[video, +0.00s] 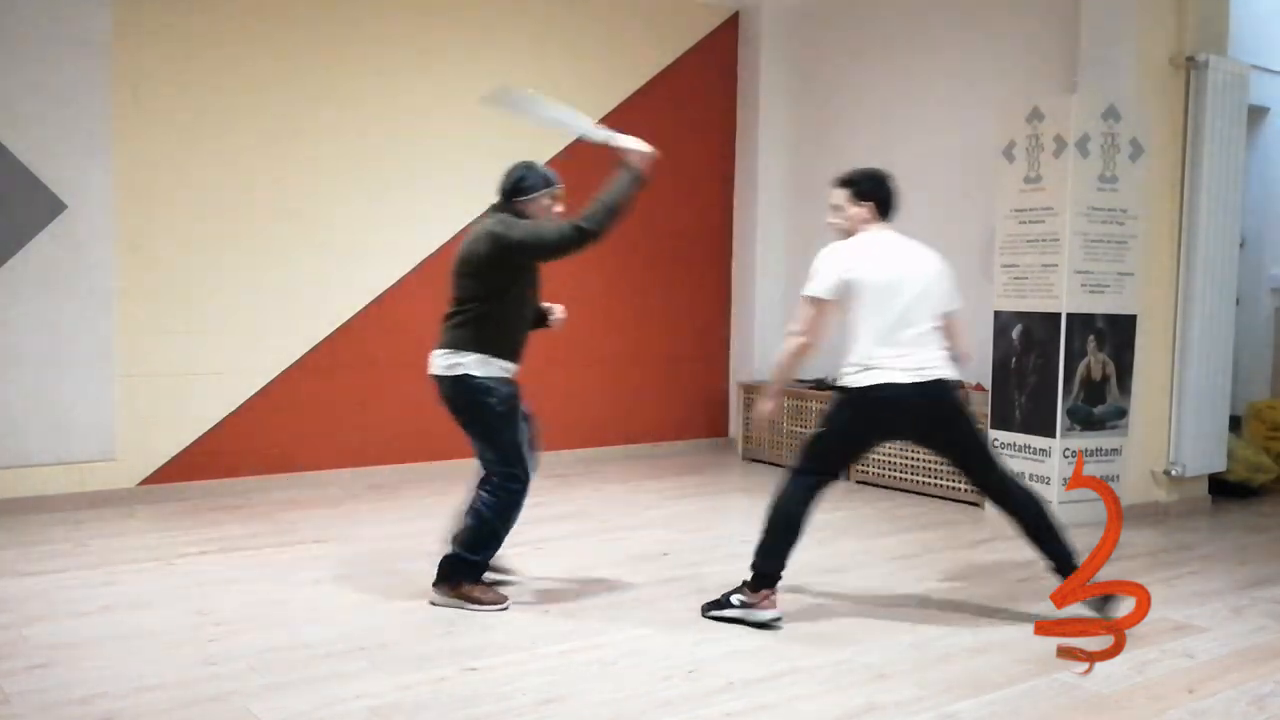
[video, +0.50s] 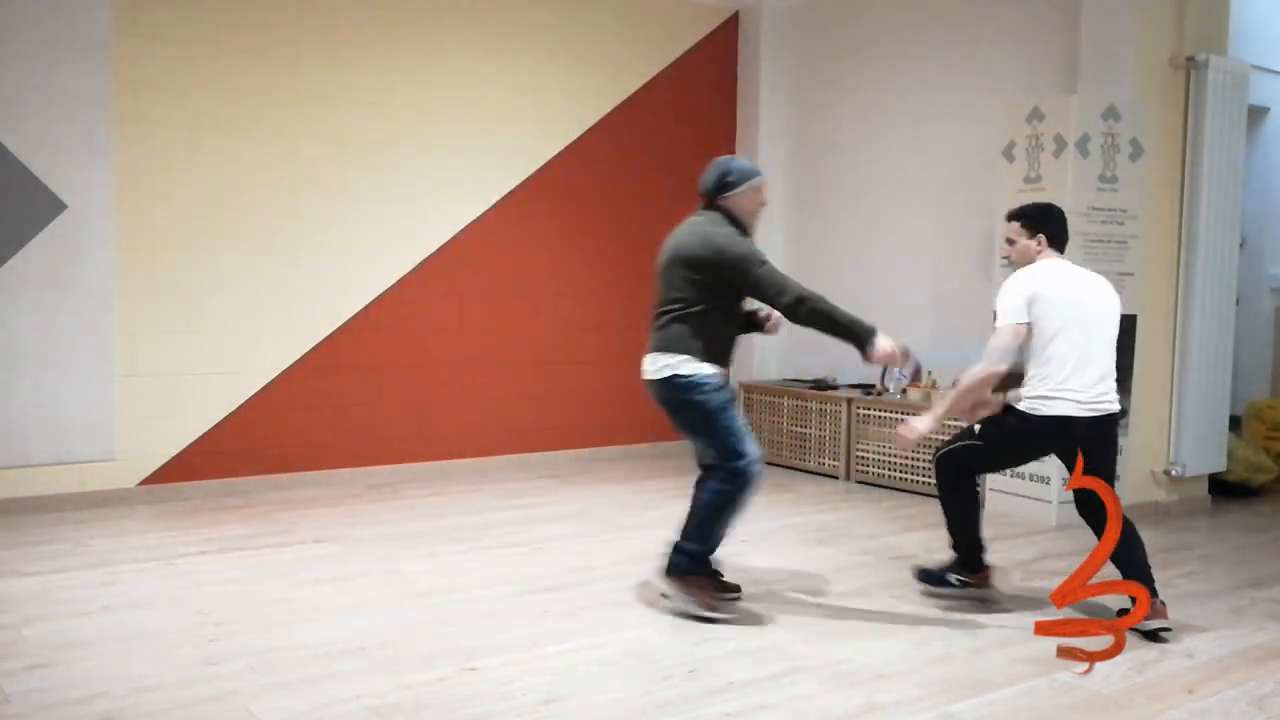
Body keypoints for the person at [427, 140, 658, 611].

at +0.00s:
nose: (559, 209)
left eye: (557, 200)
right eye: (551, 201)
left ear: (519, 198)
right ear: (527, 202)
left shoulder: (498, 230)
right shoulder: (502, 233)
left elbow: (491, 304)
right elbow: (580, 231)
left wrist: (537, 314)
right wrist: (632, 172)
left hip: (478, 370)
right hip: (473, 374)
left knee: (518, 451)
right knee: (509, 475)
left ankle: (469, 548)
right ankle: (458, 577)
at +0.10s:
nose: (599, 206)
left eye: (599, 196)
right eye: (591, 196)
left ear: (560, 196)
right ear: (564, 196)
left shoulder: (536, 230)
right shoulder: (544, 231)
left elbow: (527, 298)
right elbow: (622, 245)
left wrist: (573, 315)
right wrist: (700, 203)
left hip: (536, 377)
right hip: (510, 377)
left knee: (579, 448)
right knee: (517, 481)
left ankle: (592, 556)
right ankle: (458, 573)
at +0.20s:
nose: (638, 203)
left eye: (637, 194)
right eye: (630, 194)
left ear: (599, 198)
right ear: (602, 196)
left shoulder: (575, 232)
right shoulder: (590, 236)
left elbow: (568, 300)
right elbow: (671, 257)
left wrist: (612, 316)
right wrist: (752, 237)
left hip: (586, 385)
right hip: (562, 385)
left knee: (632, 467)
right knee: (542, 479)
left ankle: (670, 557)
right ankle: (466, 562)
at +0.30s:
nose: (679, 206)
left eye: (679, 197)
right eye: (670, 197)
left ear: (646, 202)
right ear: (643, 201)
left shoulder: (617, 238)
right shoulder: (635, 242)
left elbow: (617, 305)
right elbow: (716, 274)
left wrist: (663, 325)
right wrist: (804, 271)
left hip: (639, 387)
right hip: (614, 387)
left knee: (682, 459)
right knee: (612, 485)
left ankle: (687, 565)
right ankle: (516, 544)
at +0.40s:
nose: (722, 206)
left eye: (722, 196)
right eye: (714, 196)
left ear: (686, 202)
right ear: (686, 199)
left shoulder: (658, 238)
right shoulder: (678, 241)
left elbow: (665, 318)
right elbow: (758, 286)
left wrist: (714, 331)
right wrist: (843, 303)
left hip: (668, 378)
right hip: (652, 378)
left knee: (713, 456)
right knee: (687, 475)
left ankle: (688, 567)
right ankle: (592, 540)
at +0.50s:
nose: (762, 203)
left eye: (761, 193)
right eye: (755, 193)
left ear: (721, 198)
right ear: (730, 196)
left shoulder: (694, 233)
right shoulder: (718, 238)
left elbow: (703, 309)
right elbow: (791, 297)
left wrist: (753, 320)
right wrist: (868, 338)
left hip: (676, 369)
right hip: (690, 372)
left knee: (725, 466)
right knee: (740, 465)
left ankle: (691, 562)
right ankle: (687, 566)